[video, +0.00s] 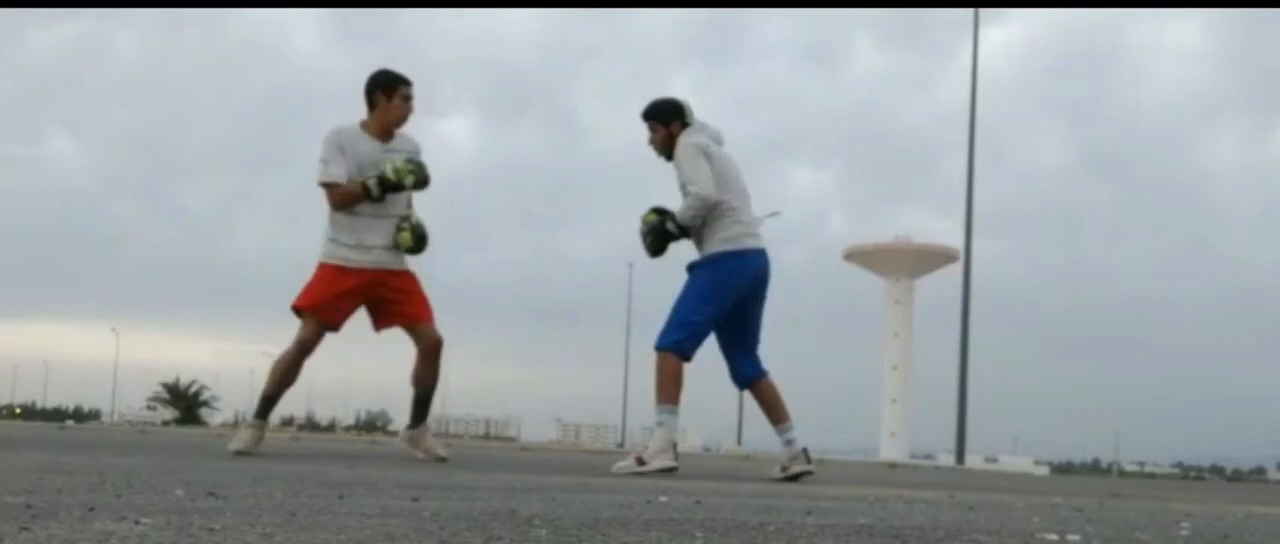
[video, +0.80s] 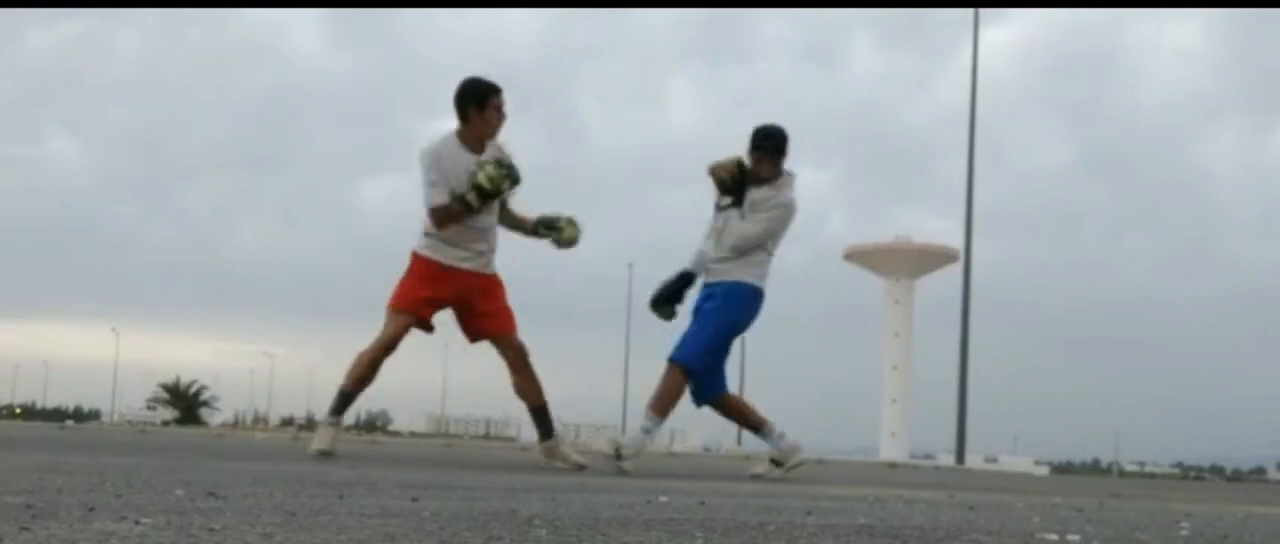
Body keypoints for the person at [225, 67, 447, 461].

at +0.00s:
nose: (411, 108)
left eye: (412, 101)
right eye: (405, 100)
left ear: (393, 103)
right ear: (380, 100)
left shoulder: (408, 148)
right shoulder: (340, 139)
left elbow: (403, 204)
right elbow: (337, 200)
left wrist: (412, 230)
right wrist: (383, 182)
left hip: (392, 268)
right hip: (342, 264)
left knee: (431, 342)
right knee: (304, 342)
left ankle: (417, 430)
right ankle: (256, 424)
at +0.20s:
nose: (436, 119)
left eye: (437, 111)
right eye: (431, 110)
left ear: (416, 113)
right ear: (406, 109)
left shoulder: (433, 164)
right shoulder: (372, 150)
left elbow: (436, 217)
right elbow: (380, 209)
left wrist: (456, 237)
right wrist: (427, 193)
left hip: (419, 273)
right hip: (371, 273)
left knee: (477, 330)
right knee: (342, 354)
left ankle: (449, 413)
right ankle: (292, 426)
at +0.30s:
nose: (465, 124)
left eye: (466, 116)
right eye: (460, 116)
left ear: (444, 119)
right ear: (437, 117)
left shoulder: (463, 158)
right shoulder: (404, 157)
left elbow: (493, 196)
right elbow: (430, 213)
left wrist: (524, 189)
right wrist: (470, 185)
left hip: (448, 280)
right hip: (399, 279)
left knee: (499, 342)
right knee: (350, 352)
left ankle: (520, 434)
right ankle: (292, 424)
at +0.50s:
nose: (513, 172)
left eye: (512, 164)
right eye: (505, 167)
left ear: (508, 166)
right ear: (482, 172)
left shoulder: (524, 178)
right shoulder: (454, 200)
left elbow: (565, 149)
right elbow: (466, 263)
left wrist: (602, 115)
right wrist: (502, 236)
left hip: (499, 299)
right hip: (450, 297)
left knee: (542, 354)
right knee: (393, 363)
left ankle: (556, 445)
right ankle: (321, 428)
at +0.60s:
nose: (523, 173)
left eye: (523, 166)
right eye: (517, 167)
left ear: (515, 165)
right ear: (493, 168)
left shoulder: (524, 181)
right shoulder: (459, 199)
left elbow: (577, 169)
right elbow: (459, 261)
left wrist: (628, 148)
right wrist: (497, 240)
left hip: (502, 301)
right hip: (452, 298)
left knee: (545, 351)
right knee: (397, 365)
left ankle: (555, 445)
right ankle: (322, 426)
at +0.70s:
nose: (517, 146)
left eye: (517, 139)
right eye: (510, 139)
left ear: (508, 141)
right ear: (486, 141)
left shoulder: (521, 169)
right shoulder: (453, 178)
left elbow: (573, 198)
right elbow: (462, 240)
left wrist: (613, 198)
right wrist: (500, 214)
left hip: (493, 294)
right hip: (444, 287)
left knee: (534, 353)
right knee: (394, 346)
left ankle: (553, 444)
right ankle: (326, 415)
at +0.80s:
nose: (502, 118)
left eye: (503, 110)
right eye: (496, 110)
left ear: (484, 114)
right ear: (472, 113)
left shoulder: (498, 156)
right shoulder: (438, 154)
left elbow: (501, 214)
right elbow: (438, 219)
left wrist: (538, 227)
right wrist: (481, 195)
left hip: (480, 274)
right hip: (431, 267)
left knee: (516, 351)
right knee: (388, 340)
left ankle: (550, 441)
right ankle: (331, 421)